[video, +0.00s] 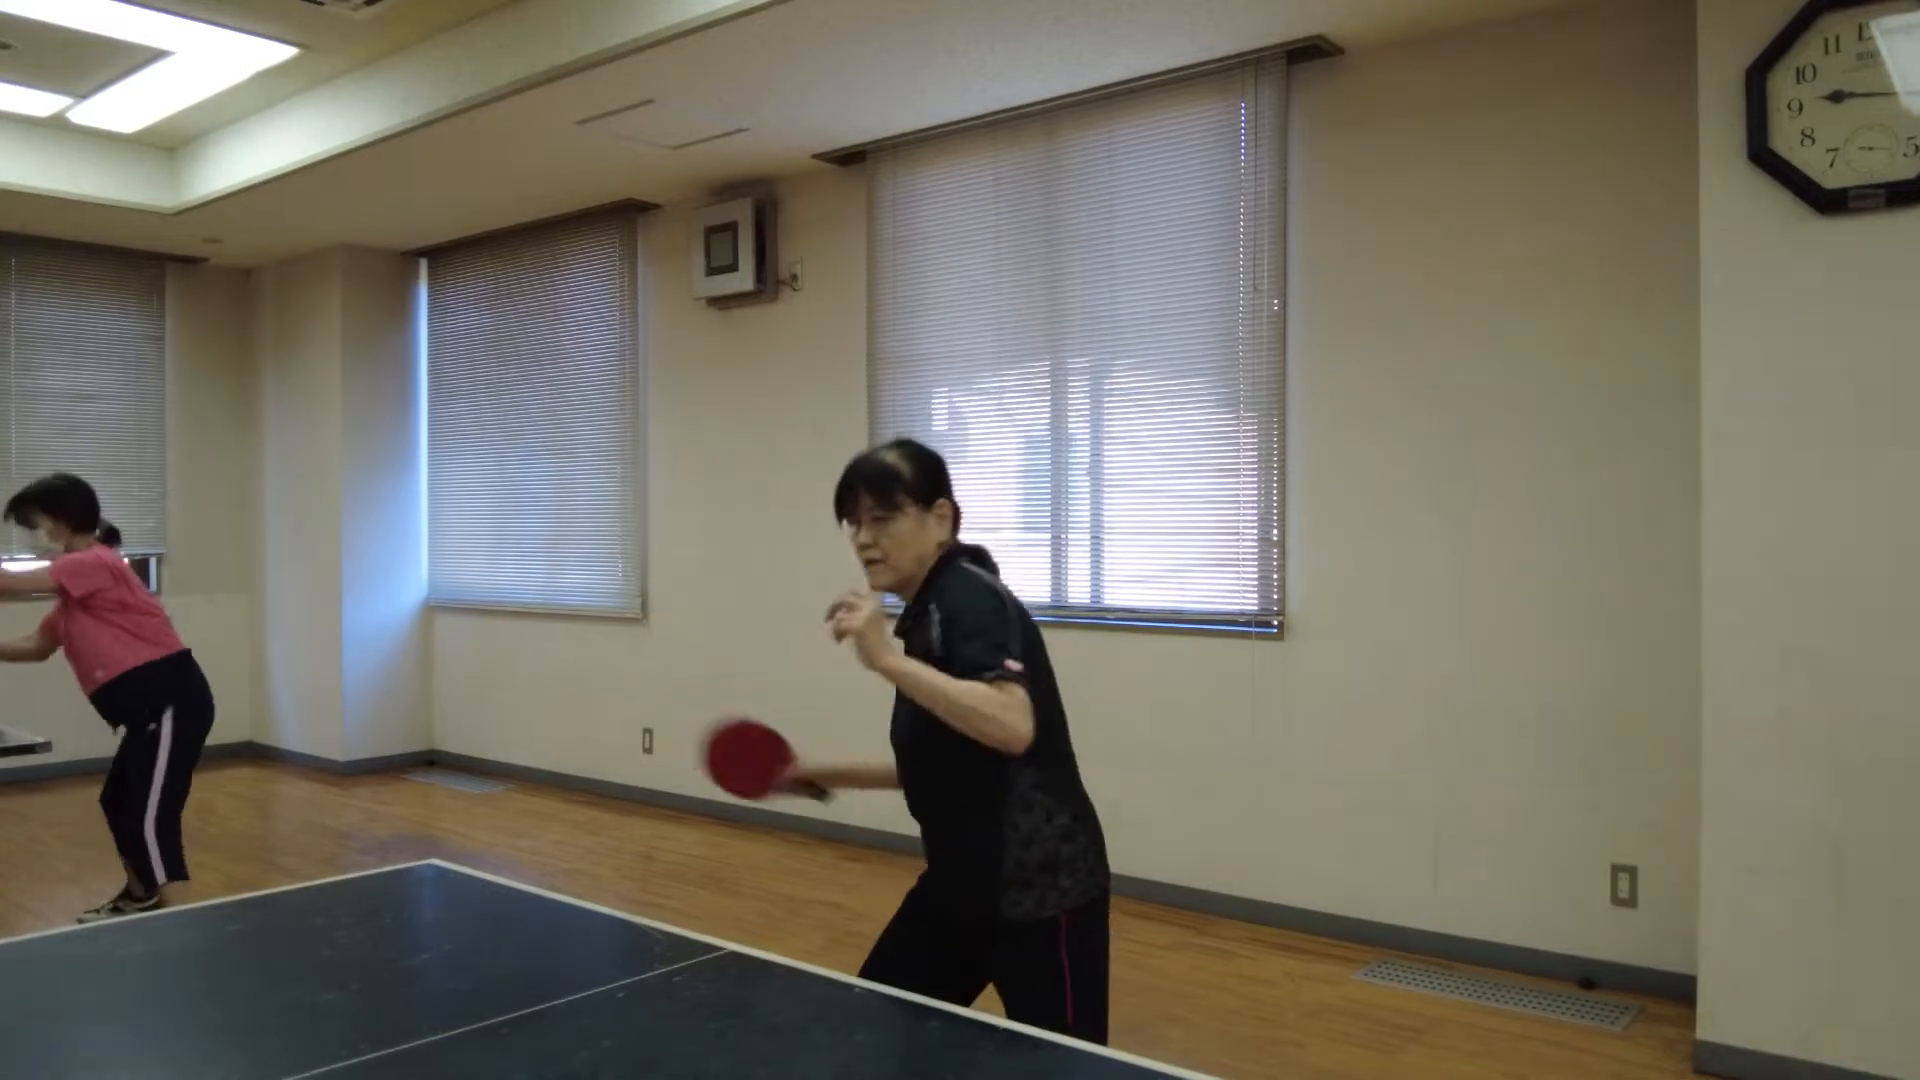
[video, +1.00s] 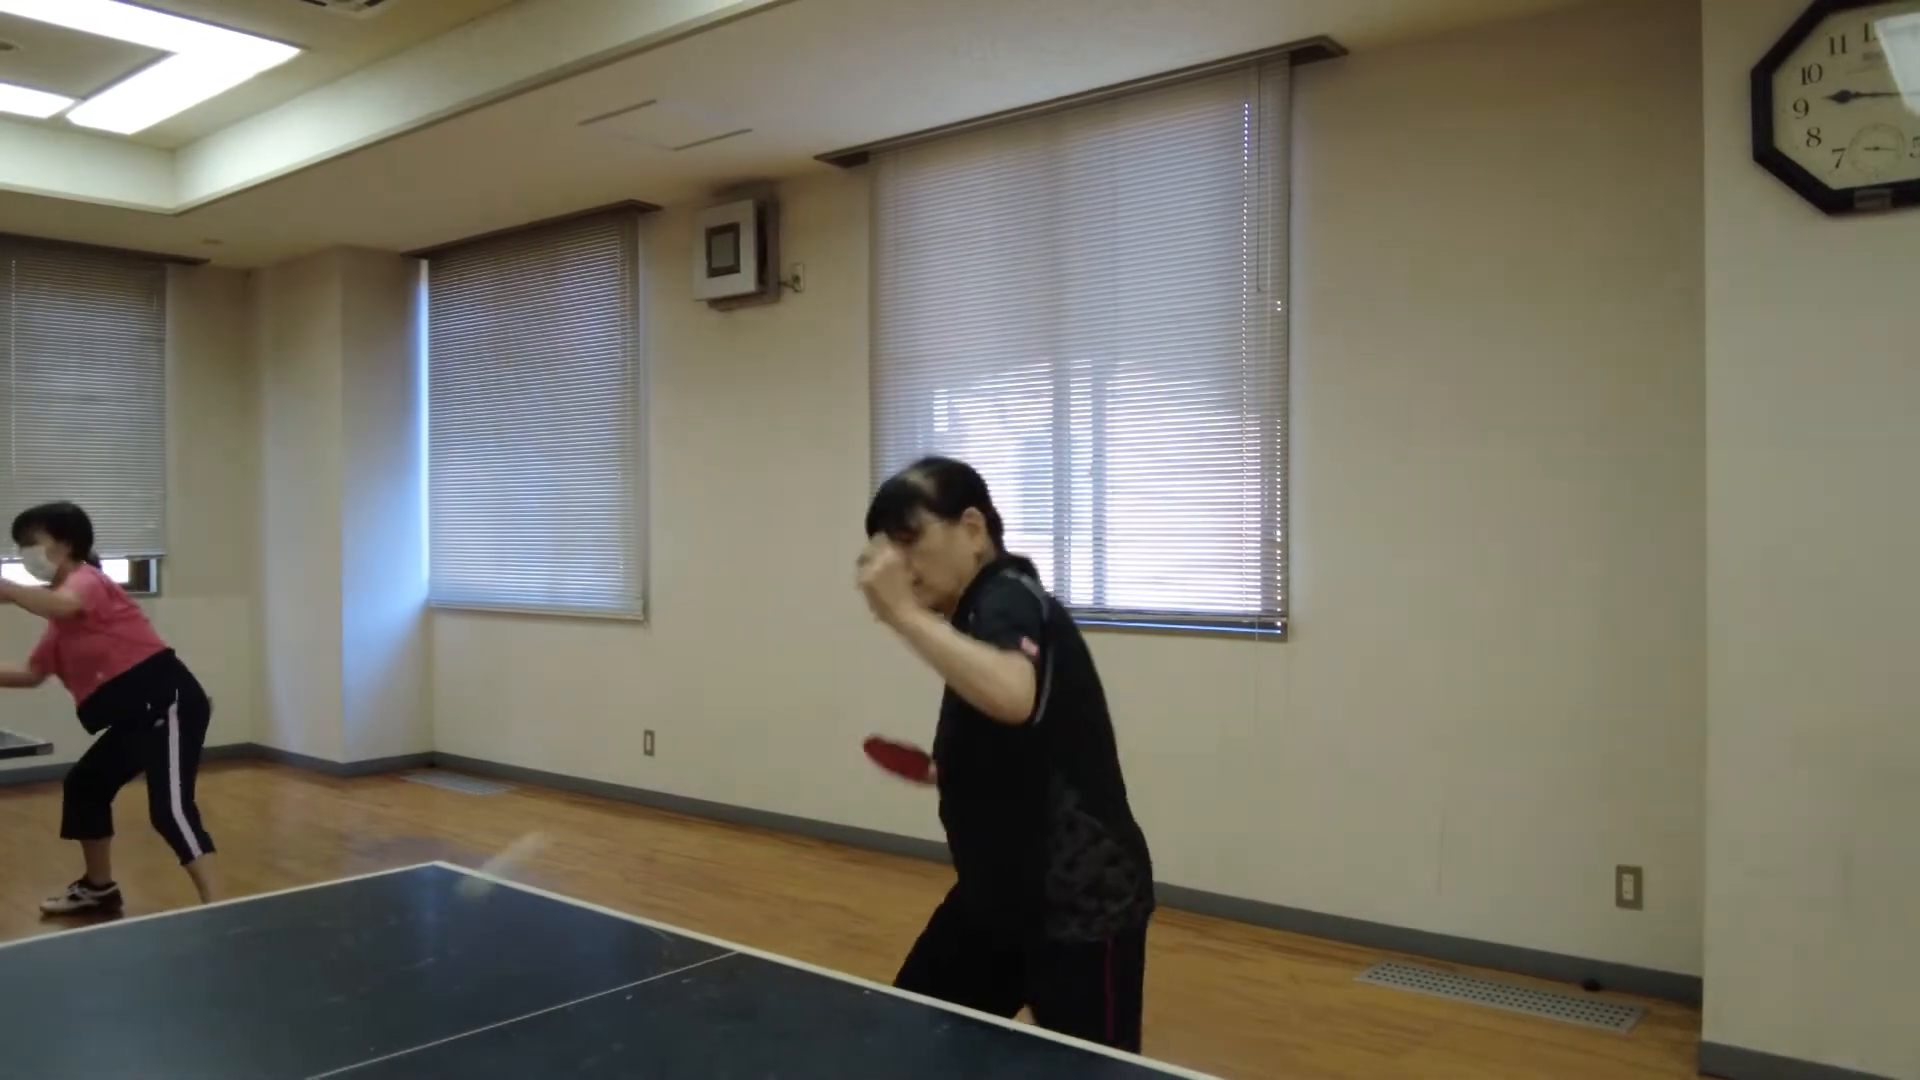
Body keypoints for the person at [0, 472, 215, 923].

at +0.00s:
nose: (39, 534)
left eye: (40, 522)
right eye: (35, 525)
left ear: (65, 517)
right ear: (72, 519)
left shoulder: (97, 562)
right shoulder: (77, 589)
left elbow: (15, 584)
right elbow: (38, 646)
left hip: (174, 697)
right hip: (149, 705)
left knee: (151, 808)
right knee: (118, 799)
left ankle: (172, 912)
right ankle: (140, 894)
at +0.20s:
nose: (39, 540)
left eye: (46, 527)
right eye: (38, 530)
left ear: (77, 527)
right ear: (72, 532)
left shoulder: (107, 577)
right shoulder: (76, 589)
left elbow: (79, 643)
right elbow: (67, 673)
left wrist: (15, 603)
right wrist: (3, 681)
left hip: (172, 709)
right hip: (136, 718)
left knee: (137, 818)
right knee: (96, 805)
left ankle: (175, 919)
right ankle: (135, 897)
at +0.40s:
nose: (51, 536)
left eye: (56, 523)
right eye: (50, 525)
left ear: (83, 520)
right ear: (83, 523)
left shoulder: (105, 568)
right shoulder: (100, 573)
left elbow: (47, 627)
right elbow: (77, 658)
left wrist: (3, 599)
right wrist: (11, 663)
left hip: (168, 708)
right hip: (146, 710)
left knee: (128, 821)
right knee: (109, 804)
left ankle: (166, 916)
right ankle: (129, 895)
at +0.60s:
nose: (51, 540)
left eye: (53, 529)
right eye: (49, 530)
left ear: (74, 524)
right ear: (94, 523)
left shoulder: (90, 570)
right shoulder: (121, 567)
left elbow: (22, 616)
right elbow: (103, 658)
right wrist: (48, 645)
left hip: (146, 711)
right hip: (146, 706)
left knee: (133, 821)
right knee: (93, 791)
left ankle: (176, 922)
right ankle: (114, 882)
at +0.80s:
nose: (30, 561)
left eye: (34, 550)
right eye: (29, 551)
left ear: (62, 549)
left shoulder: (85, 583)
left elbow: (10, 576)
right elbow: (6, 636)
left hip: (168, 705)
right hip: (140, 716)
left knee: (163, 817)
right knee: (94, 787)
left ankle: (190, 920)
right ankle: (101, 885)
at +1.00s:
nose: (27, 556)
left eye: (34, 544)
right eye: (24, 548)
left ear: (64, 543)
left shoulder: (85, 576)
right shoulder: (58, 623)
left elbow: (64, 606)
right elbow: (31, 675)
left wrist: (8, 590)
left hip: (170, 700)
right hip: (134, 717)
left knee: (171, 809)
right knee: (85, 783)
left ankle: (219, 910)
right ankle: (99, 887)